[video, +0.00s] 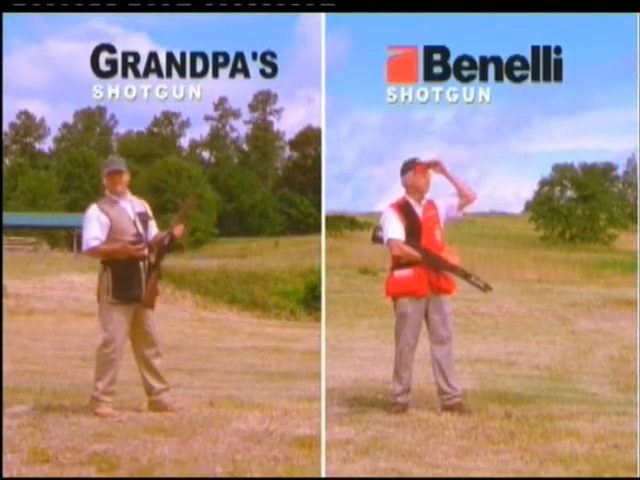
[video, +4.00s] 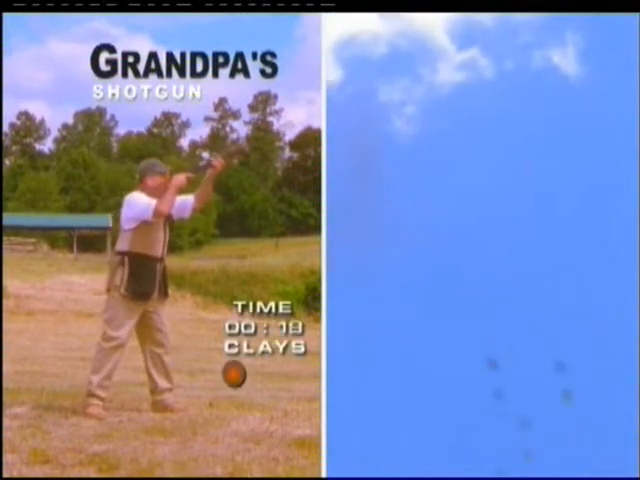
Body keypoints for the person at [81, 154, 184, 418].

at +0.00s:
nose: (115, 180)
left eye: (119, 174)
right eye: (110, 175)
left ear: (128, 177)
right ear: (104, 180)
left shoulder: (141, 206)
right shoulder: (98, 211)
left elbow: (153, 241)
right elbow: (90, 247)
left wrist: (170, 236)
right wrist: (123, 250)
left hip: (142, 283)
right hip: (114, 283)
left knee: (148, 343)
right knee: (113, 342)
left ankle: (158, 396)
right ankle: (101, 399)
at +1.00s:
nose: (159, 182)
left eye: (159, 177)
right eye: (154, 178)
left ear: (157, 182)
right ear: (139, 181)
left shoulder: (158, 210)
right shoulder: (126, 210)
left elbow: (166, 244)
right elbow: (140, 240)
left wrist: (186, 235)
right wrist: (175, 231)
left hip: (154, 273)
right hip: (129, 272)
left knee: (156, 341)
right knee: (120, 338)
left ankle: (162, 396)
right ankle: (96, 396)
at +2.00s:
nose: (173, 217)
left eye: (172, 211)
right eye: (169, 212)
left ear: (158, 216)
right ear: (154, 215)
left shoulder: (164, 239)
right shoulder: (136, 244)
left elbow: (161, 271)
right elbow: (110, 276)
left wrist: (186, 268)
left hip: (145, 296)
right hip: (122, 298)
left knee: (166, 341)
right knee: (134, 359)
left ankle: (163, 396)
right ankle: (94, 398)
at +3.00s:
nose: (129, 177)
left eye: (129, 173)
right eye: (122, 173)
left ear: (128, 178)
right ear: (109, 181)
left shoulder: (136, 198)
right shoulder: (105, 204)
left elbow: (169, 189)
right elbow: (134, 206)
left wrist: (175, 158)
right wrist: (140, 176)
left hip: (146, 268)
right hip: (120, 270)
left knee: (156, 338)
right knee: (113, 338)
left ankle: (163, 395)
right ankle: (95, 398)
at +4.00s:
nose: (165, 184)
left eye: (166, 180)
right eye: (161, 179)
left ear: (164, 183)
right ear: (146, 180)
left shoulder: (163, 202)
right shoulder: (133, 200)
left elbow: (197, 203)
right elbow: (161, 212)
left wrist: (210, 177)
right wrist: (174, 186)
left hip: (154, 269)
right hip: (129, 267)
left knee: (157, 339)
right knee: (114, 337)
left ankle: (162, 397)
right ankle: (95, 397)